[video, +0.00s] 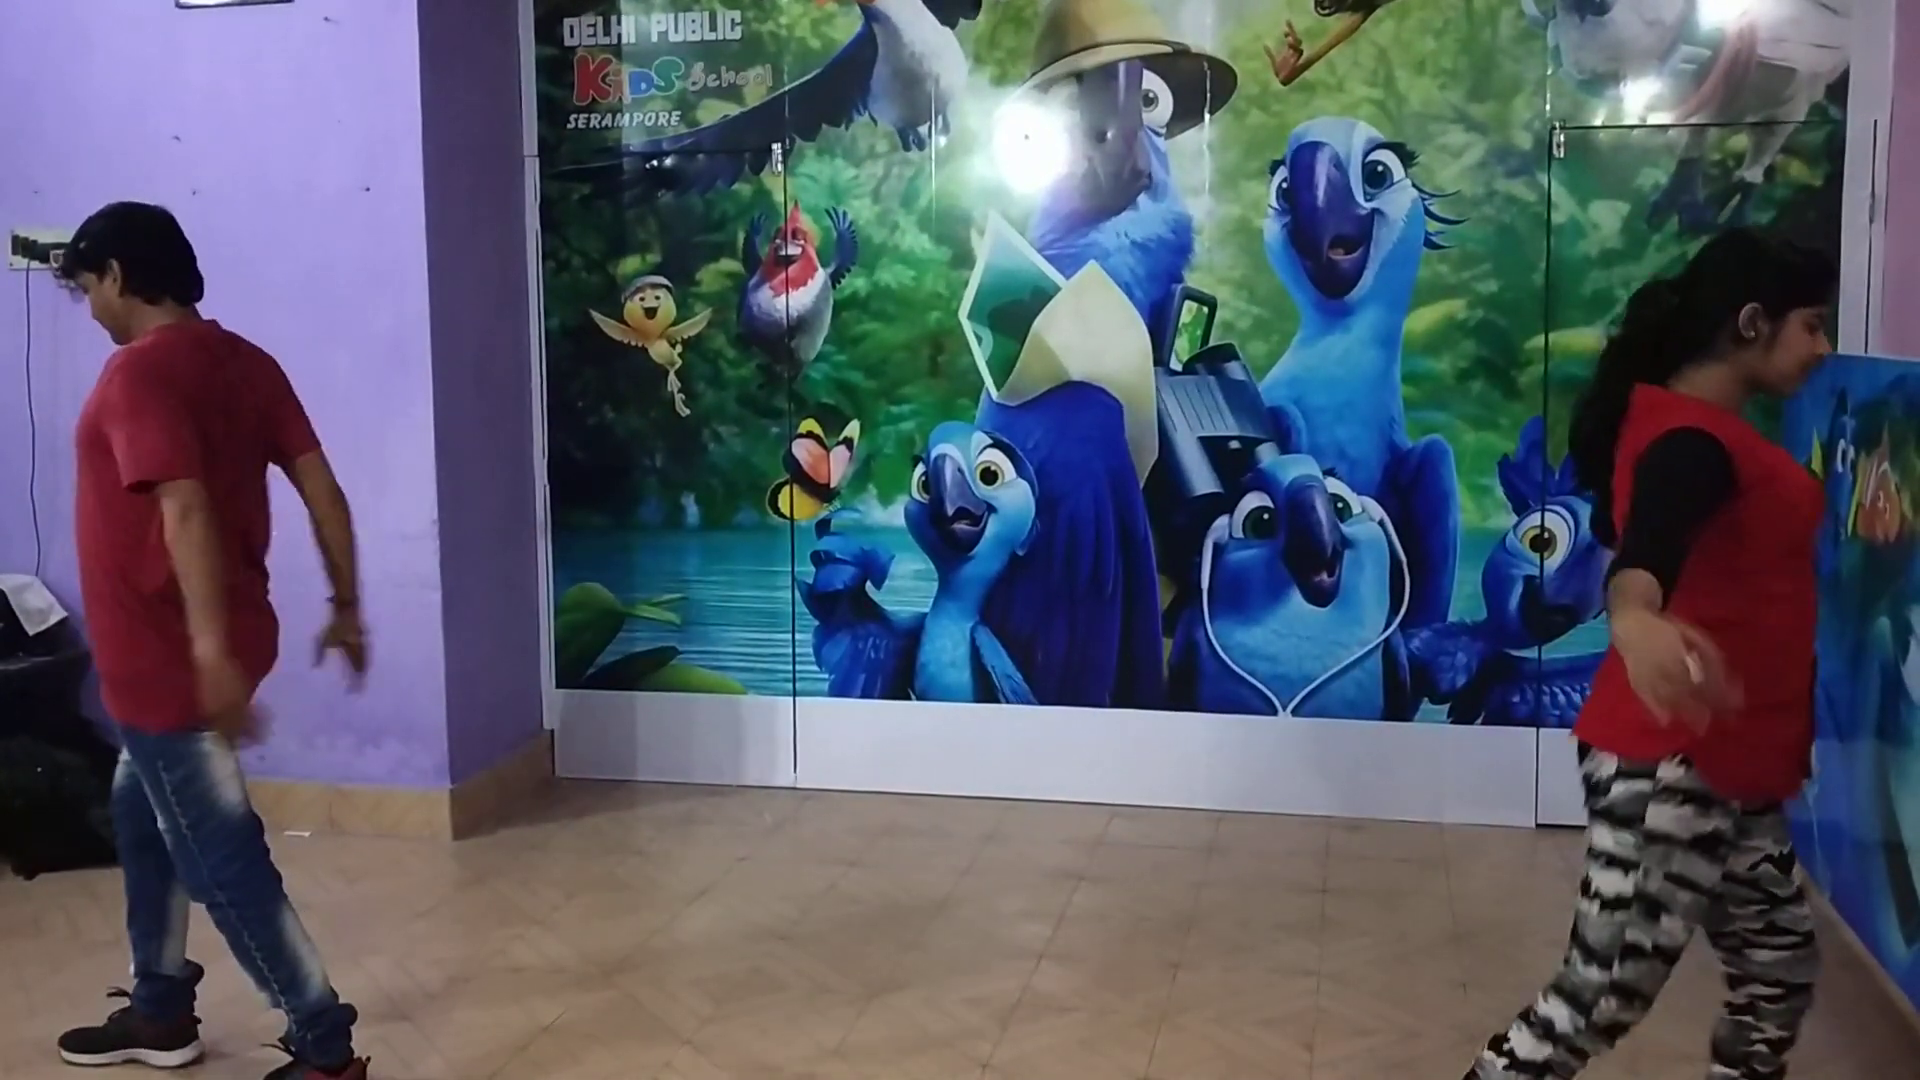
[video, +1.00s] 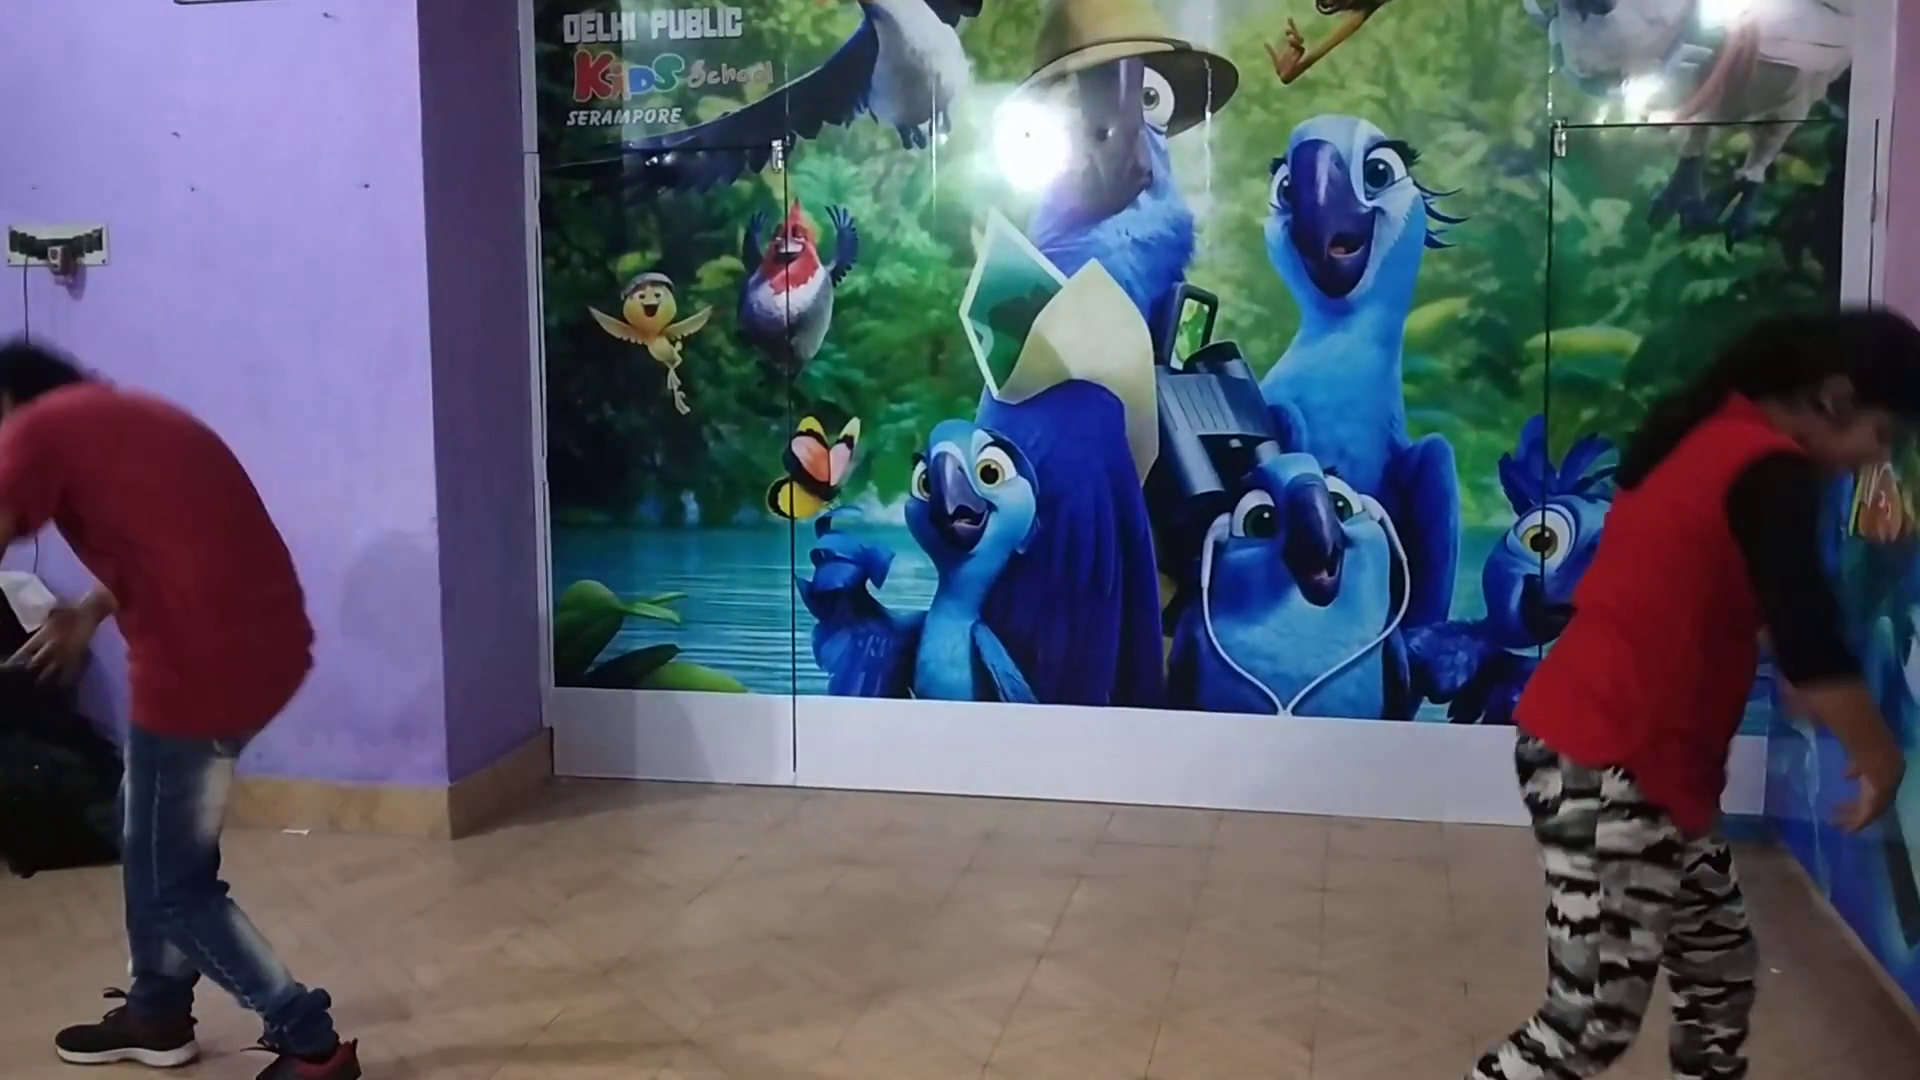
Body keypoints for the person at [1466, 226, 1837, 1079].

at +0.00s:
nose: (1823, 350)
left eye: (1826, 330)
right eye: (1814, 327)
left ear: (1750, 326)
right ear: (1753, 322)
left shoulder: (1722, 434)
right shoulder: (1687, 441)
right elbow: (1636, 571)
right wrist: (1640, 629)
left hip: (1729, 768)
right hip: (1665, 764)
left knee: (1779, 970)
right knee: (1599, 996)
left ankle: (1744, 1074)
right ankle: (1496, 1072)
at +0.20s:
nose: (1881, 428)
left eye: (1875, 407)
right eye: (1862, 409)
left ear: (1795, 423)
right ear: (1799, 422)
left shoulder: (1743, 505)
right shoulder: (1797, 543)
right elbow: (1742, 755)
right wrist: (1747, 841)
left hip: (1669, 811)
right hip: (1611, 819)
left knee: (1802, 979)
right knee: (1629, 1066)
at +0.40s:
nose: (1919, 603)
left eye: (1918, 583)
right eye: (1915, 582)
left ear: (1867, 575)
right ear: (1875, 574)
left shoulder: (1777, 613)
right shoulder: (1835, 685)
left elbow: (1835, 842)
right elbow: (1889, 885)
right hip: (1577, 873)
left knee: (1801, 982)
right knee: (1651, 1067)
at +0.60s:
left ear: (1899, 624)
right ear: (1905, 629)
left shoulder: (1800, 616)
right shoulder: (1843, 700)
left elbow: (1871, 831)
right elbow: (1865, 899)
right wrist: (1913, 1008)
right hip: (1571, 872)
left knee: (1795, 985)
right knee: (1648, 1067)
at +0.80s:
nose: (1916, 590)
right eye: (1918, 567)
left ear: (1874, 523)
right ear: (1887, 533)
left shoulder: (1770, 530)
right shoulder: (1826, 593)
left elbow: (1824, 696)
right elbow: (1863, 787)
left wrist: (1888, 758)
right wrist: (1853, 838)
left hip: (1638, 798)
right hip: (1570, 808)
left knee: (1757, 974)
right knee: (1619, 1065)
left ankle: (1732, 1072)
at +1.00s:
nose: (1871, 458)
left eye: (1886, 443)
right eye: (1880, 435)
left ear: (1820, 389)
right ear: (1835, 395)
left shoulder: (1708, 435)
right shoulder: (1769, 469)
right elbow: (1813, 657)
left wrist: (1805, 685)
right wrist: (1882, 756)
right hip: (1601, 762)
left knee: (1718, 964)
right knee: (1589, 1019)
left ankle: (1709, 1072)